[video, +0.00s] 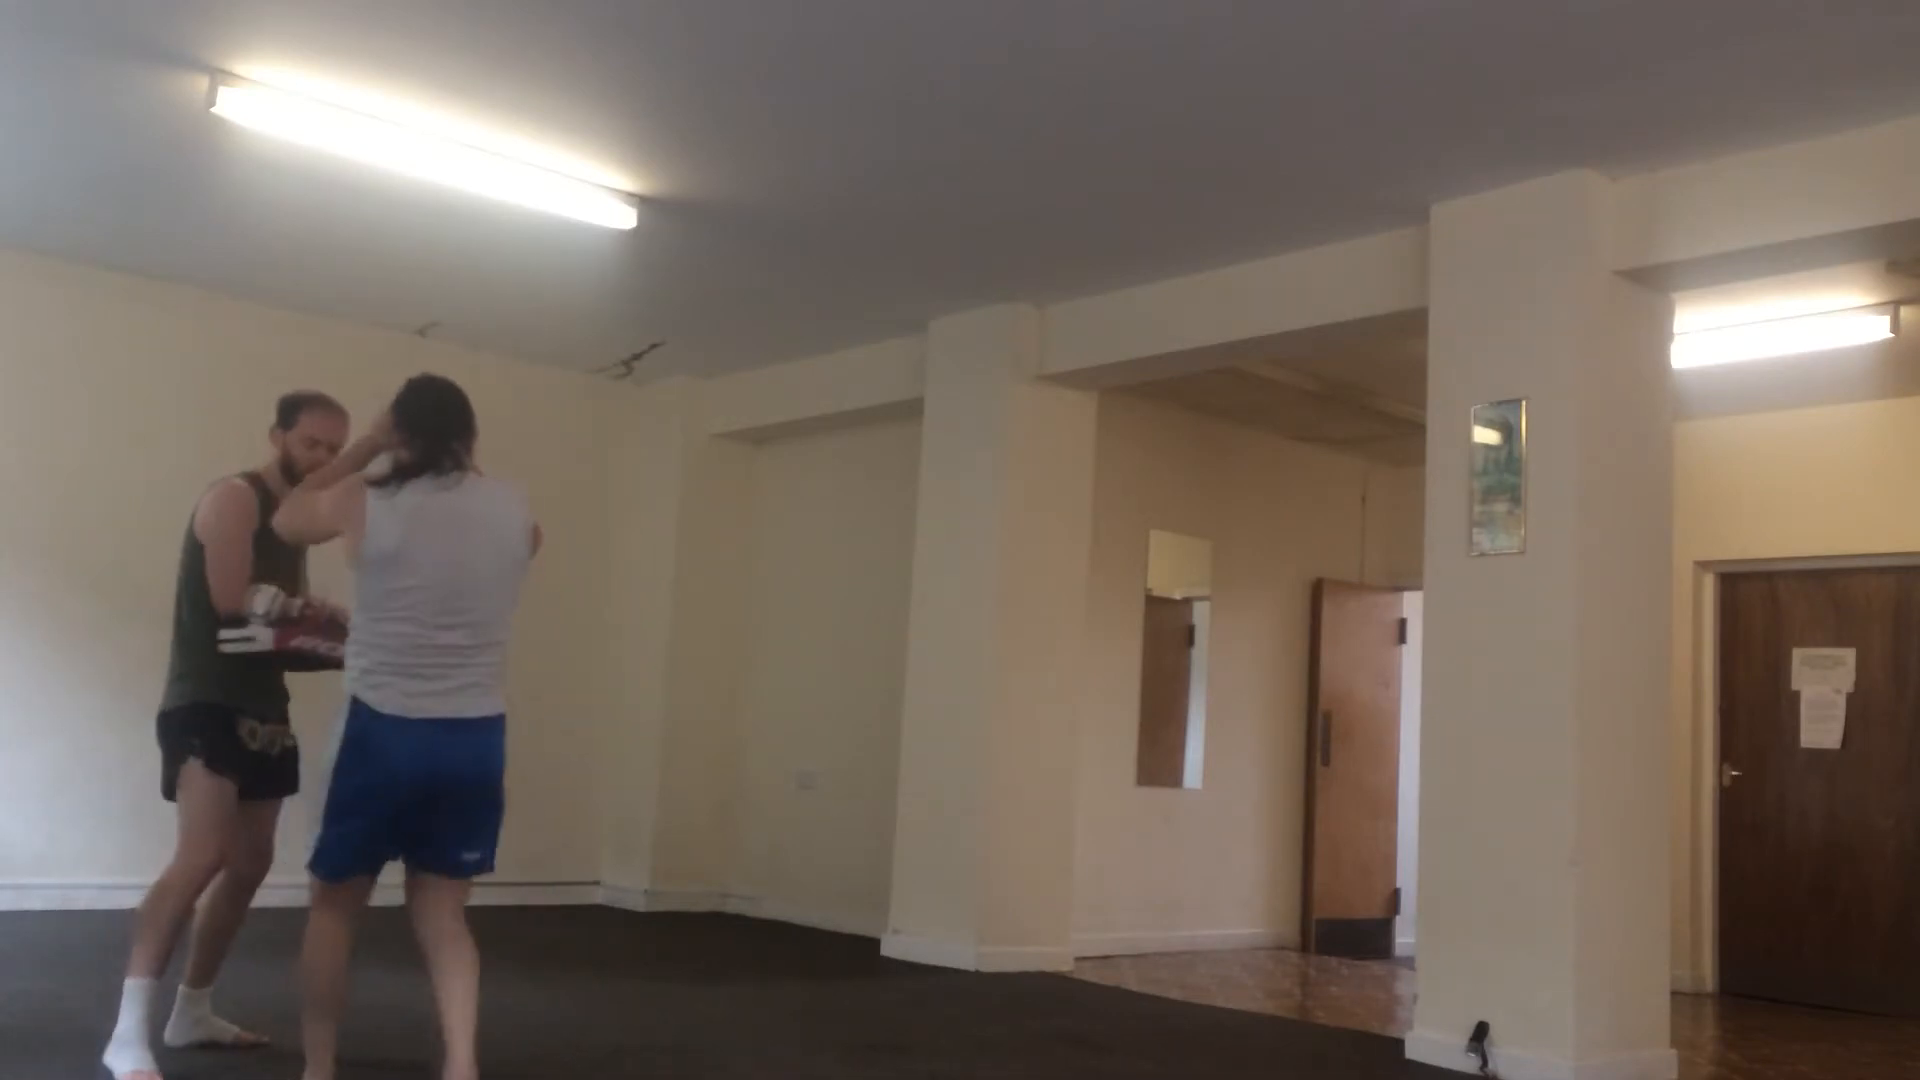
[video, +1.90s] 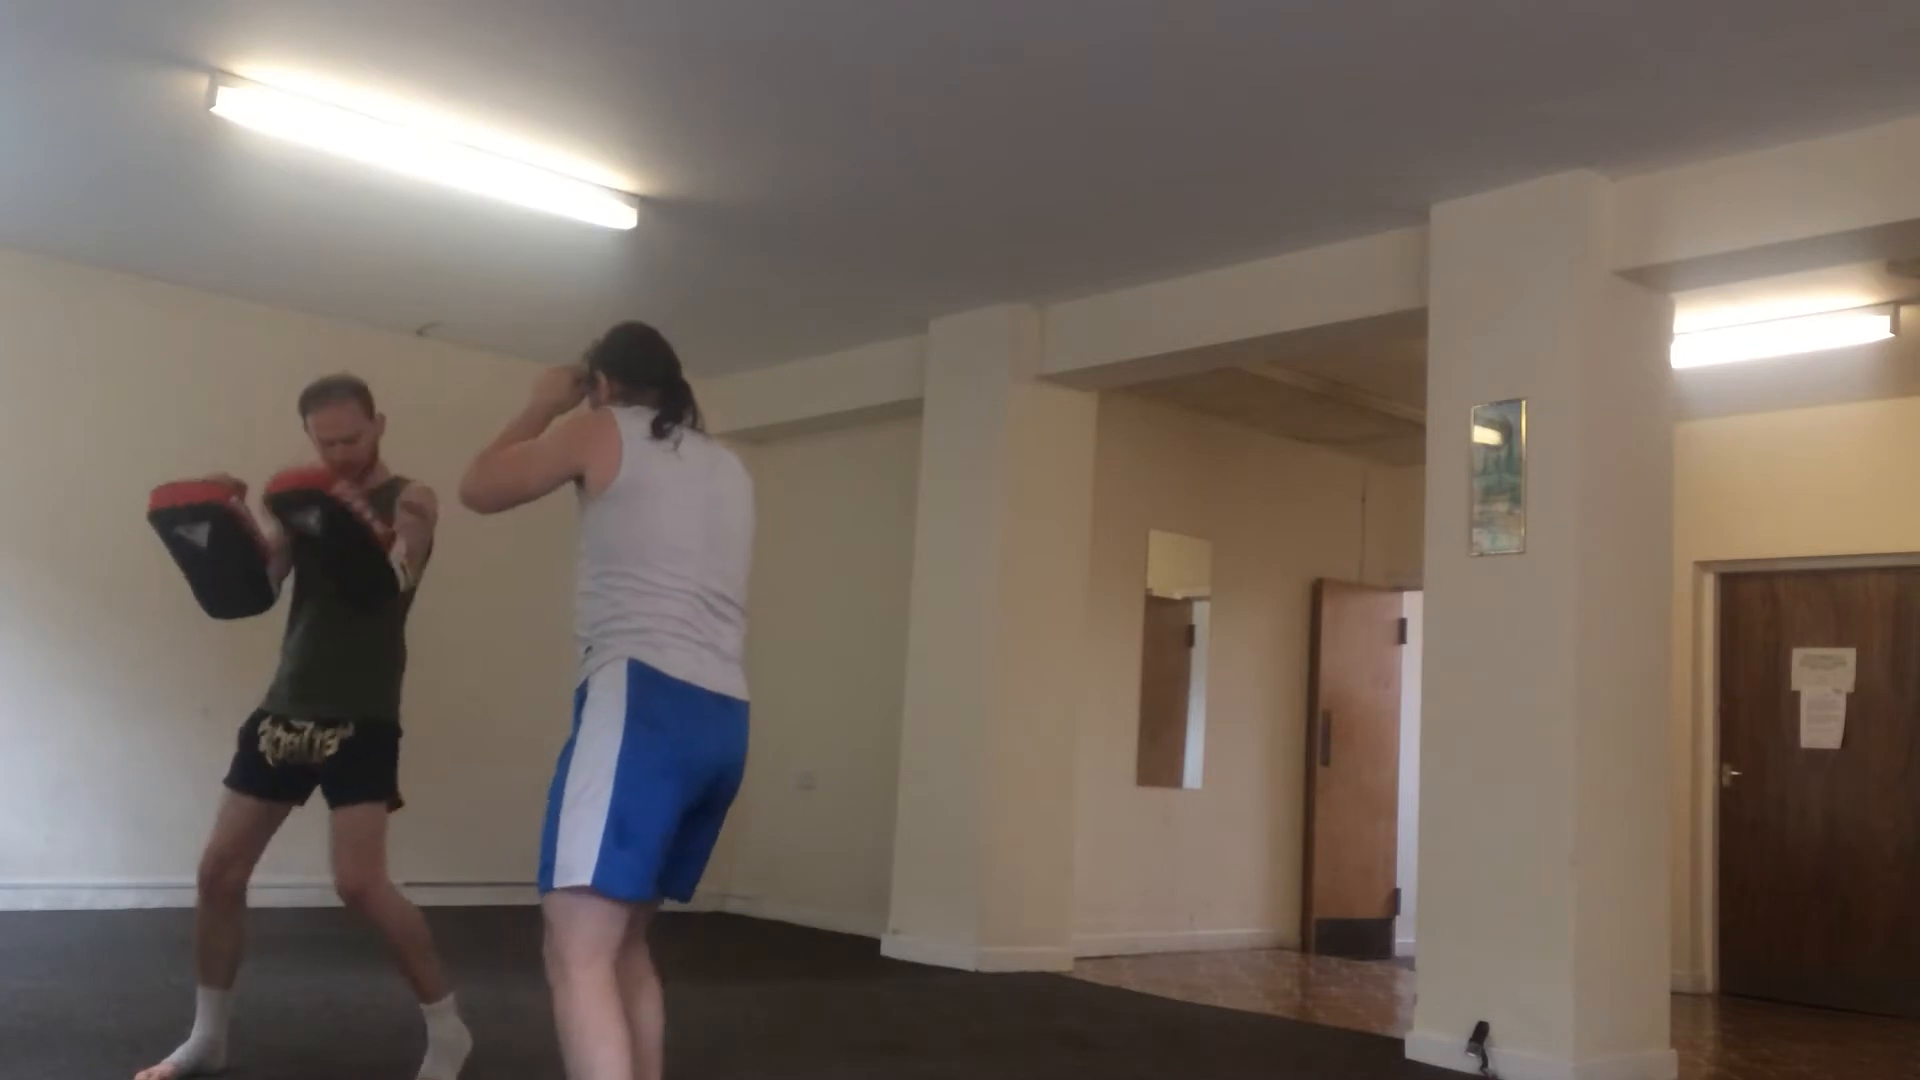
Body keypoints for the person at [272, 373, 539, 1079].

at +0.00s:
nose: (381, 437)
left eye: (387, 428)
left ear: (399, 438)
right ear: (469, 436)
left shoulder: (368, 502)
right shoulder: (512, 508)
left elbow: (288, 520)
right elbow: (524, 547)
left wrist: (365, 449)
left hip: (382, 744)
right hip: (474, 747)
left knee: (336, 906)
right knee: (443, 908)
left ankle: (319, 1066)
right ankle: (462, 1067)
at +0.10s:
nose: (408, 443)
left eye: (411, 433)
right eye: (412, 431)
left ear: (422, 442)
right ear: (490, 441)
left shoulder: (395, 501)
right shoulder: (536, 513)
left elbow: (309, 530)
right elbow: (481, 605)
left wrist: (378, 453)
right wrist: (374, 628)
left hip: (404, 747)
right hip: (498, 751)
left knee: (354, 918)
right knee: (464, 938)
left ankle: (325, 1065)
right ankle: (462, 1074)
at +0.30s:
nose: (433, 445)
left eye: (435, 433)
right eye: (435, 432)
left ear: (449, 436)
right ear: (515, 435)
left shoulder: (431, 485)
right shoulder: (568, 504)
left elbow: (343, 550)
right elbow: (523, 613)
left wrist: (391, 459)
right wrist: (395, 627)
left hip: (447, 736)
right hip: (542, 743)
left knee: (379, 905)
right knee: (492, 914)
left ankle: (417, 1070)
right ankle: (471, 1072)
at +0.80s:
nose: (462, 435)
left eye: (461, 425)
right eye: (462, 426)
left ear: (475, 412)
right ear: (540, 409)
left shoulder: (494, 448)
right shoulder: (593, 479)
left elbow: (372, 515)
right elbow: (462, 582)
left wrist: (414, 437)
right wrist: (391, 524)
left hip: (546, 694)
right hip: (619, 708)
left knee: (486, 933)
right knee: (513, 931)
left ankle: (509, 1070)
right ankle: (520, 1070)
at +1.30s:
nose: (520, 432)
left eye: (519, 420)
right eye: (519, 421)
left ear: (535, 413)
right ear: (600, 411)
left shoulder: (550, 452)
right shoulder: (660, 483)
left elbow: (429, 515)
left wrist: (474, 433)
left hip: (595, 708)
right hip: (667, 727)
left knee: (552, 969)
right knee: (541, 964)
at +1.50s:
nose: (539, 422)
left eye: (539, 411)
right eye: (539, 410)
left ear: (554, 408)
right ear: (623, 408)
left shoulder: (559, 452)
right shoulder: (682, 484)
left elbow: (443, 514)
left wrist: (495, 431)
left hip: (603, 713)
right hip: (682, 732)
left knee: (543, 965)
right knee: (550, 957)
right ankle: (535, 1071)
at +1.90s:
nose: (585, 394)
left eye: (588, 382)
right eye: (586, 381)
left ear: (604, 383)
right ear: (676, 389)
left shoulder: (603, 432)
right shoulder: (730, 467)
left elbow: (480, 486)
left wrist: (538, 407)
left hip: (637, 701)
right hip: (719, 719)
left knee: (578, 951)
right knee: (626, 940)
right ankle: (645, 1072)